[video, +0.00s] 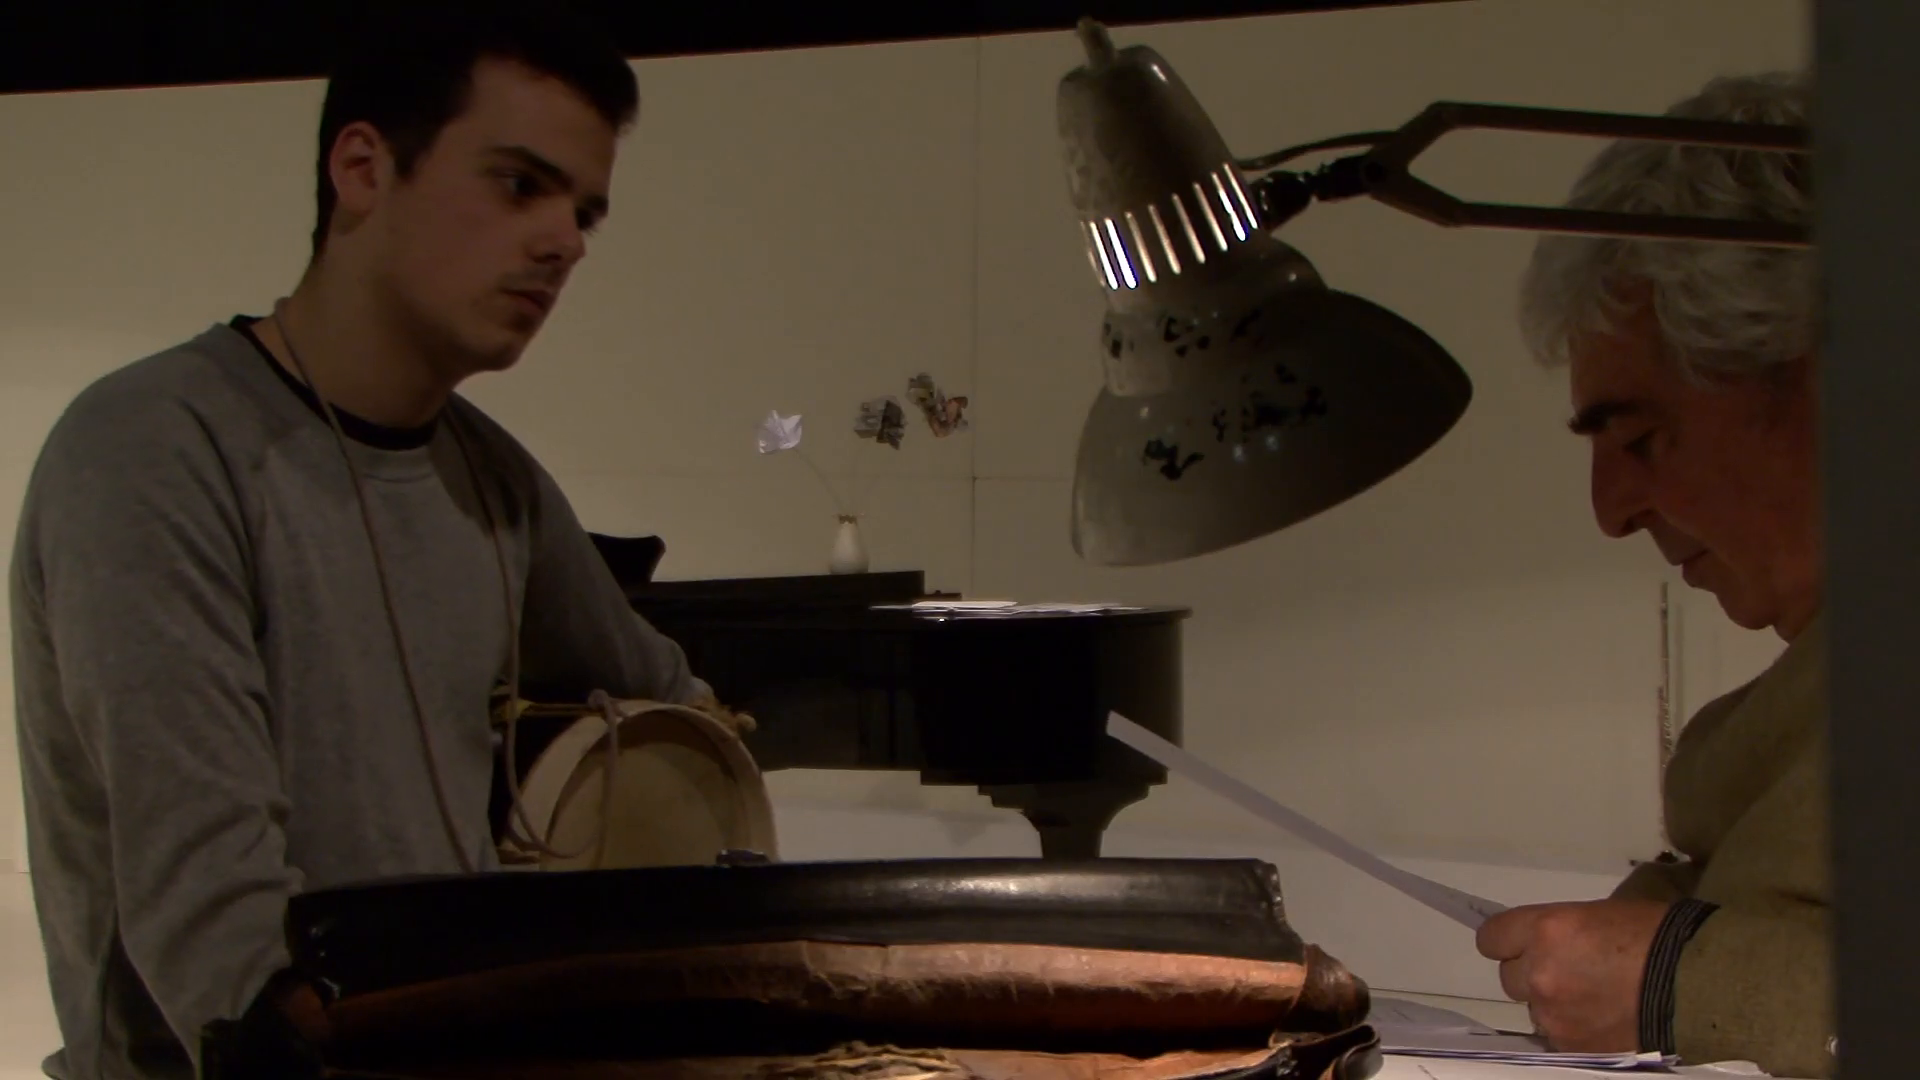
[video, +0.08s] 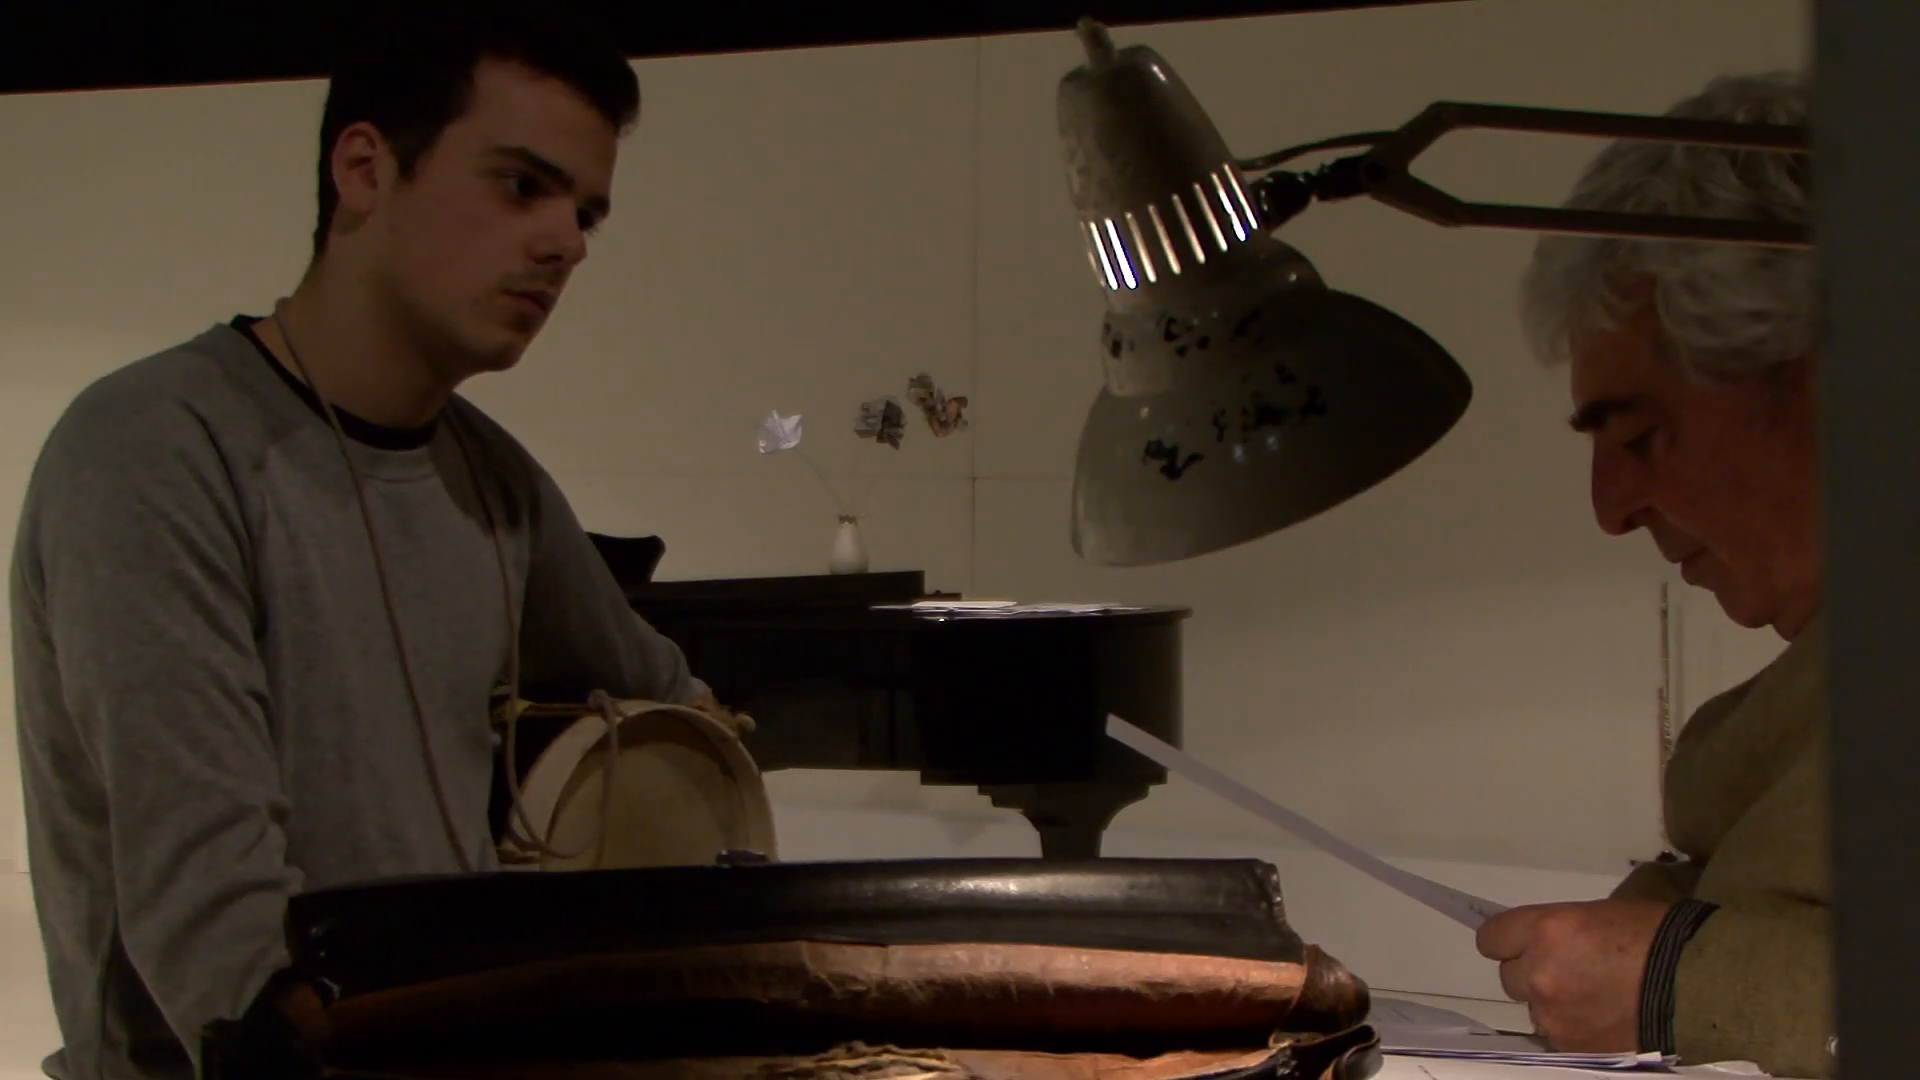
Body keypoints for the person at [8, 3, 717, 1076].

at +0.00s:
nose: (564, 244)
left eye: (582, 214)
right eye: (519, 184)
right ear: (361, 169)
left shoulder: (502, 485)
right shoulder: (142, 451)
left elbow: (674, 720)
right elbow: (212, 919)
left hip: (489, 1040)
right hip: (199, 1063)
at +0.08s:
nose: (565, 245)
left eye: (584, 215)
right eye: (521, 184)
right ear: (362, 172)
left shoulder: (501, 485)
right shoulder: (142, 451)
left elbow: (675, 723)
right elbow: (212, 922)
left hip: (488, 1039)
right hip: (197, 1063)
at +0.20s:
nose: (566, 245)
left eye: (584, 215)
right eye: (521, 185)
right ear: (362, 169)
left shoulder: (500, 485)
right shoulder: (142, 450)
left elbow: (673, 723)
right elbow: (214, 924)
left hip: (487, 1041)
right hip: (196, 1063)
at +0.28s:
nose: (566, 245)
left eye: (584, 216)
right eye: (521, 185)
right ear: (363, 170)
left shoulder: (501, 487)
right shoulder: (142, 451)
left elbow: (672, 724)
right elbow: (211, 917)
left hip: (485, 1040)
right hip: (193, 1063)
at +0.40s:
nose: (566, 247)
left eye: (585, 217)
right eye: (521, 185)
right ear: (363, 172)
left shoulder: (500, 486)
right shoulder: (141, 449)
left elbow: (666, 715)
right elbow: (207, 913)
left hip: (475, 1039)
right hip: (192, 1061)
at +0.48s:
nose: (564, 246)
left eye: (583, 216)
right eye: (519, 185)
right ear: (362, 172)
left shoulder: (501, 488)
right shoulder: (140, 449)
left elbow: (669, 720)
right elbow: (204, 908)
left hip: (476, 1038)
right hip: (192, 1060)